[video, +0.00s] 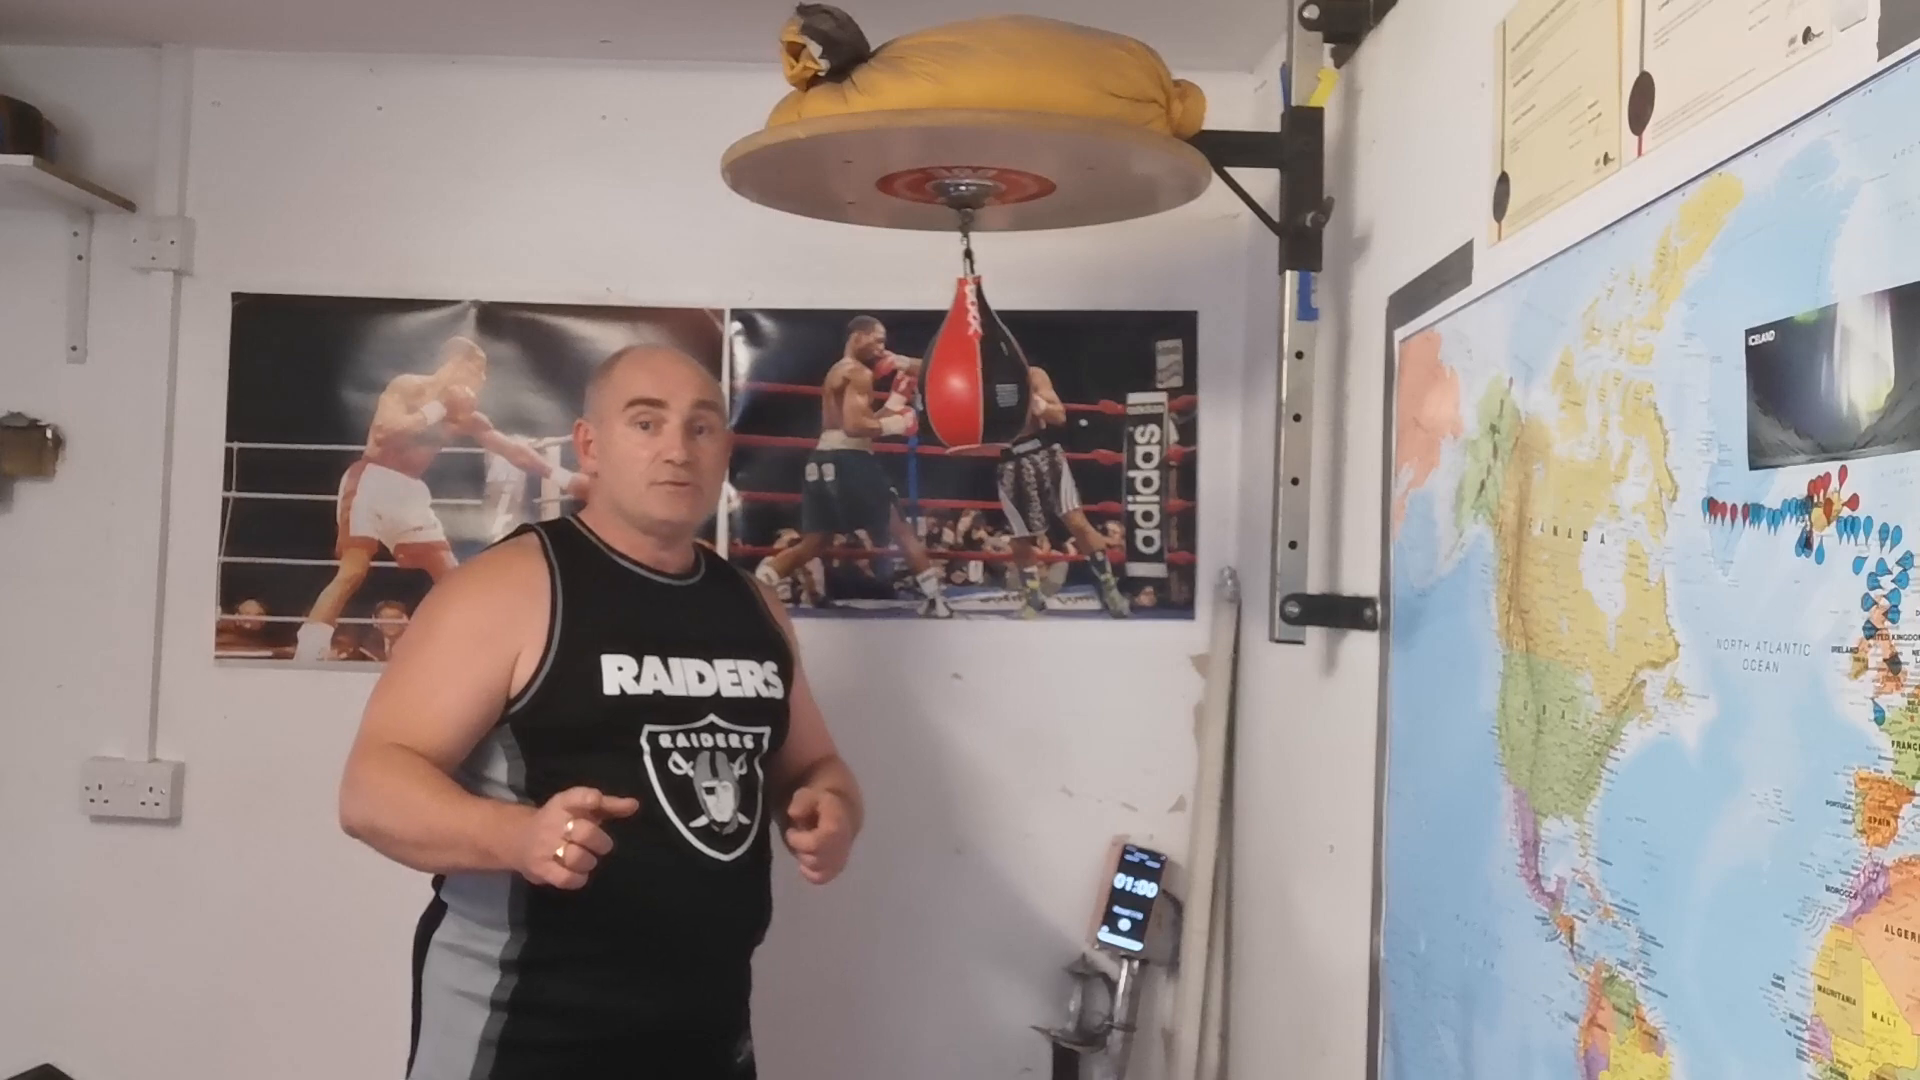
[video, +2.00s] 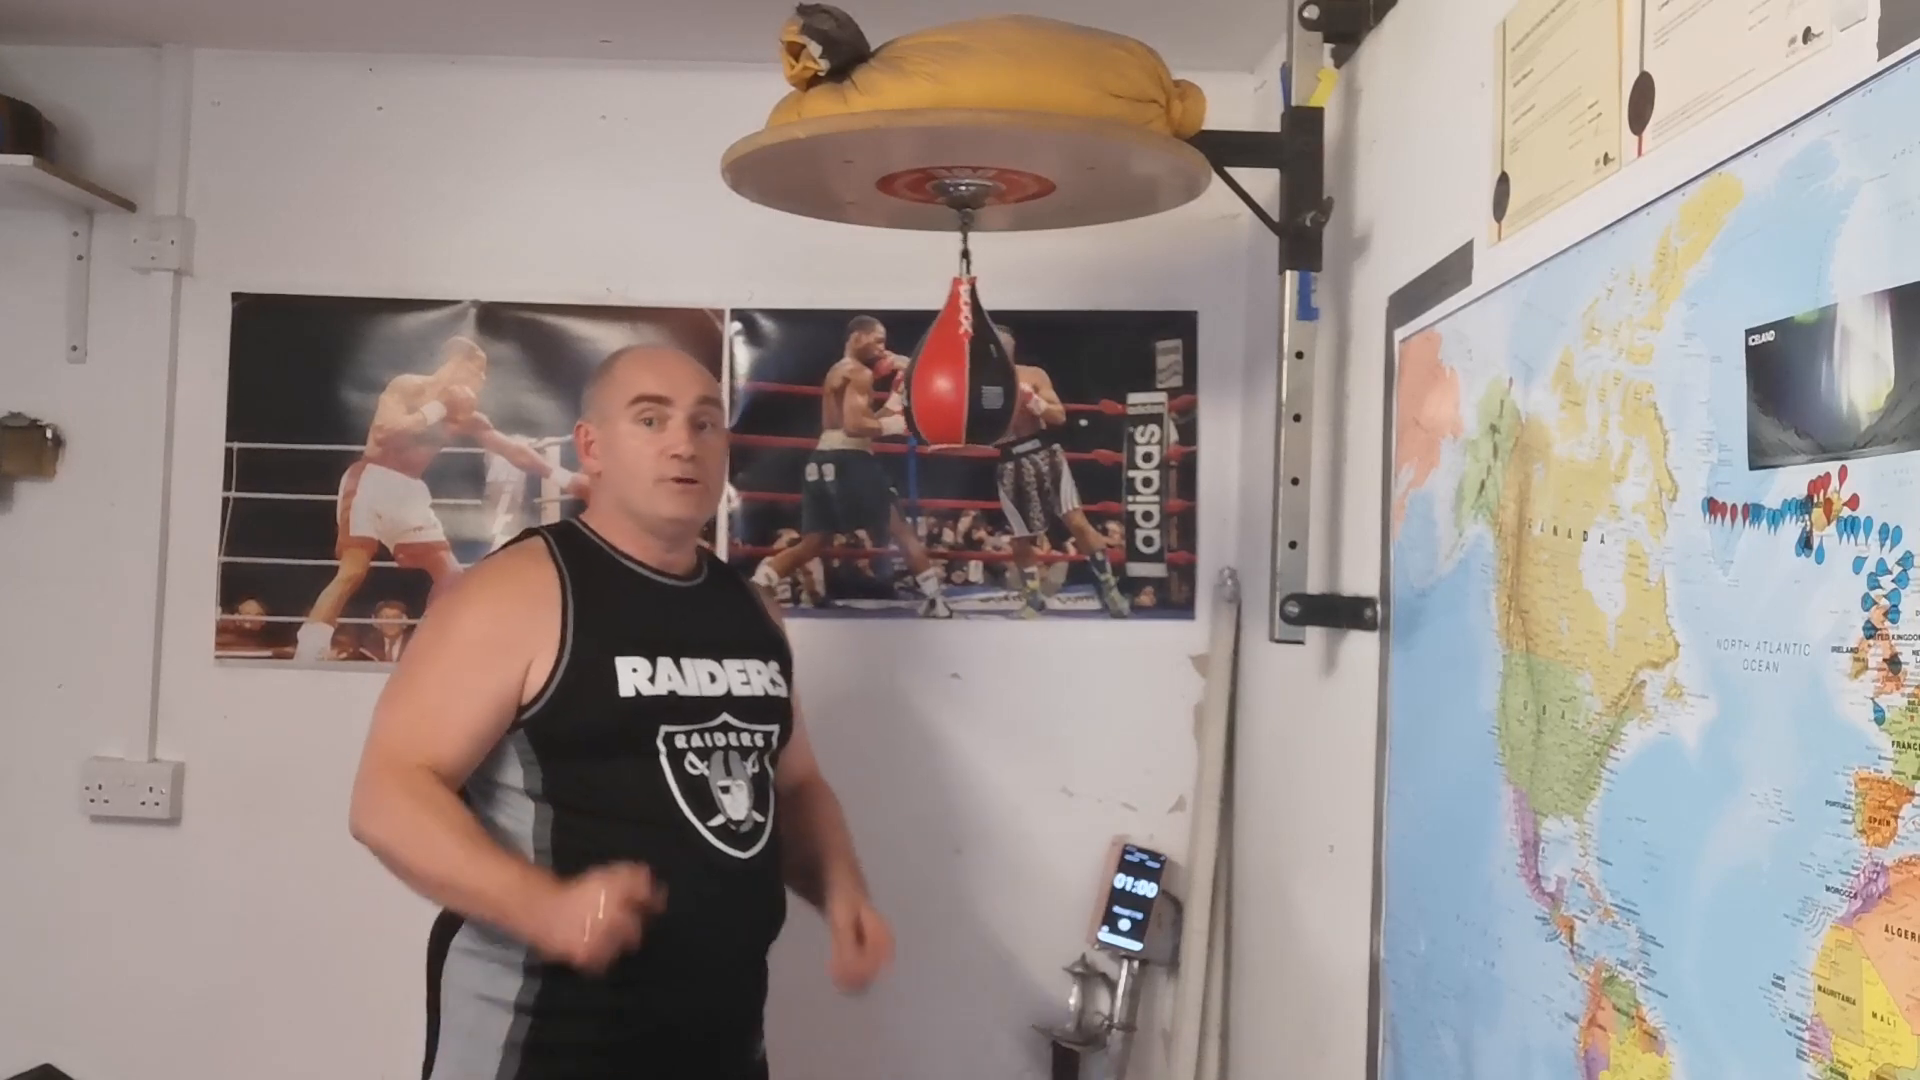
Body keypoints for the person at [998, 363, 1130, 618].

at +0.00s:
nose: (1001, 359)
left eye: (1004, 352)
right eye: (994, 356)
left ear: (1013, 352)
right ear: (987, 362)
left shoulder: (1034, 376)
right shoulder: (982, 387)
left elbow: (1059, 416)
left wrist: (1043, 408)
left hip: (1047, 456)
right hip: (1011, 465)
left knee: (1076, 522)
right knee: (1021, 536)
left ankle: (1110, 590)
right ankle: (1032, 599)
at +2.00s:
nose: (999, 356)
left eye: (1002, 349)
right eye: (993, 351)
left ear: (1012, 349)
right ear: (986, 354)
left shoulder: (1035, 375)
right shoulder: (982, 384)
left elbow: (1059, 416)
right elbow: (977, 426)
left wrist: (1038, 405)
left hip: (1046, 456)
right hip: (1011, 464)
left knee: (1075, 522)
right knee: (1022, 538)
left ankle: (1108, 588)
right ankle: (1033, 599)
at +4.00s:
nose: (993, 353)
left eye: (997, 346)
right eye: (989, 348)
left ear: (1009, 347)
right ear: (983, 353)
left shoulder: (1033, 375)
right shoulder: (983, 385)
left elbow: (1059, 416)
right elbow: (977, 423)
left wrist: (1033, 401)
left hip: (1045, 456)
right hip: (1011, 464)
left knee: (1076, 523)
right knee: (1022, 537)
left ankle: (1108, 587)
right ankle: (1031, 596)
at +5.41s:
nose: (1003, 354)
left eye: (1006, 346)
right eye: (997, 349)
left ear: (1014, 348)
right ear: (988, 356)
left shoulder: (1034, 376)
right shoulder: (984, 385)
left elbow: (1058, 417)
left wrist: (1038, 405)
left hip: (1046, 456)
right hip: (1012, 465)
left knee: (1076, 523)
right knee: (1022, 538)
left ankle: (1108, 588)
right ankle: (1032, 598)